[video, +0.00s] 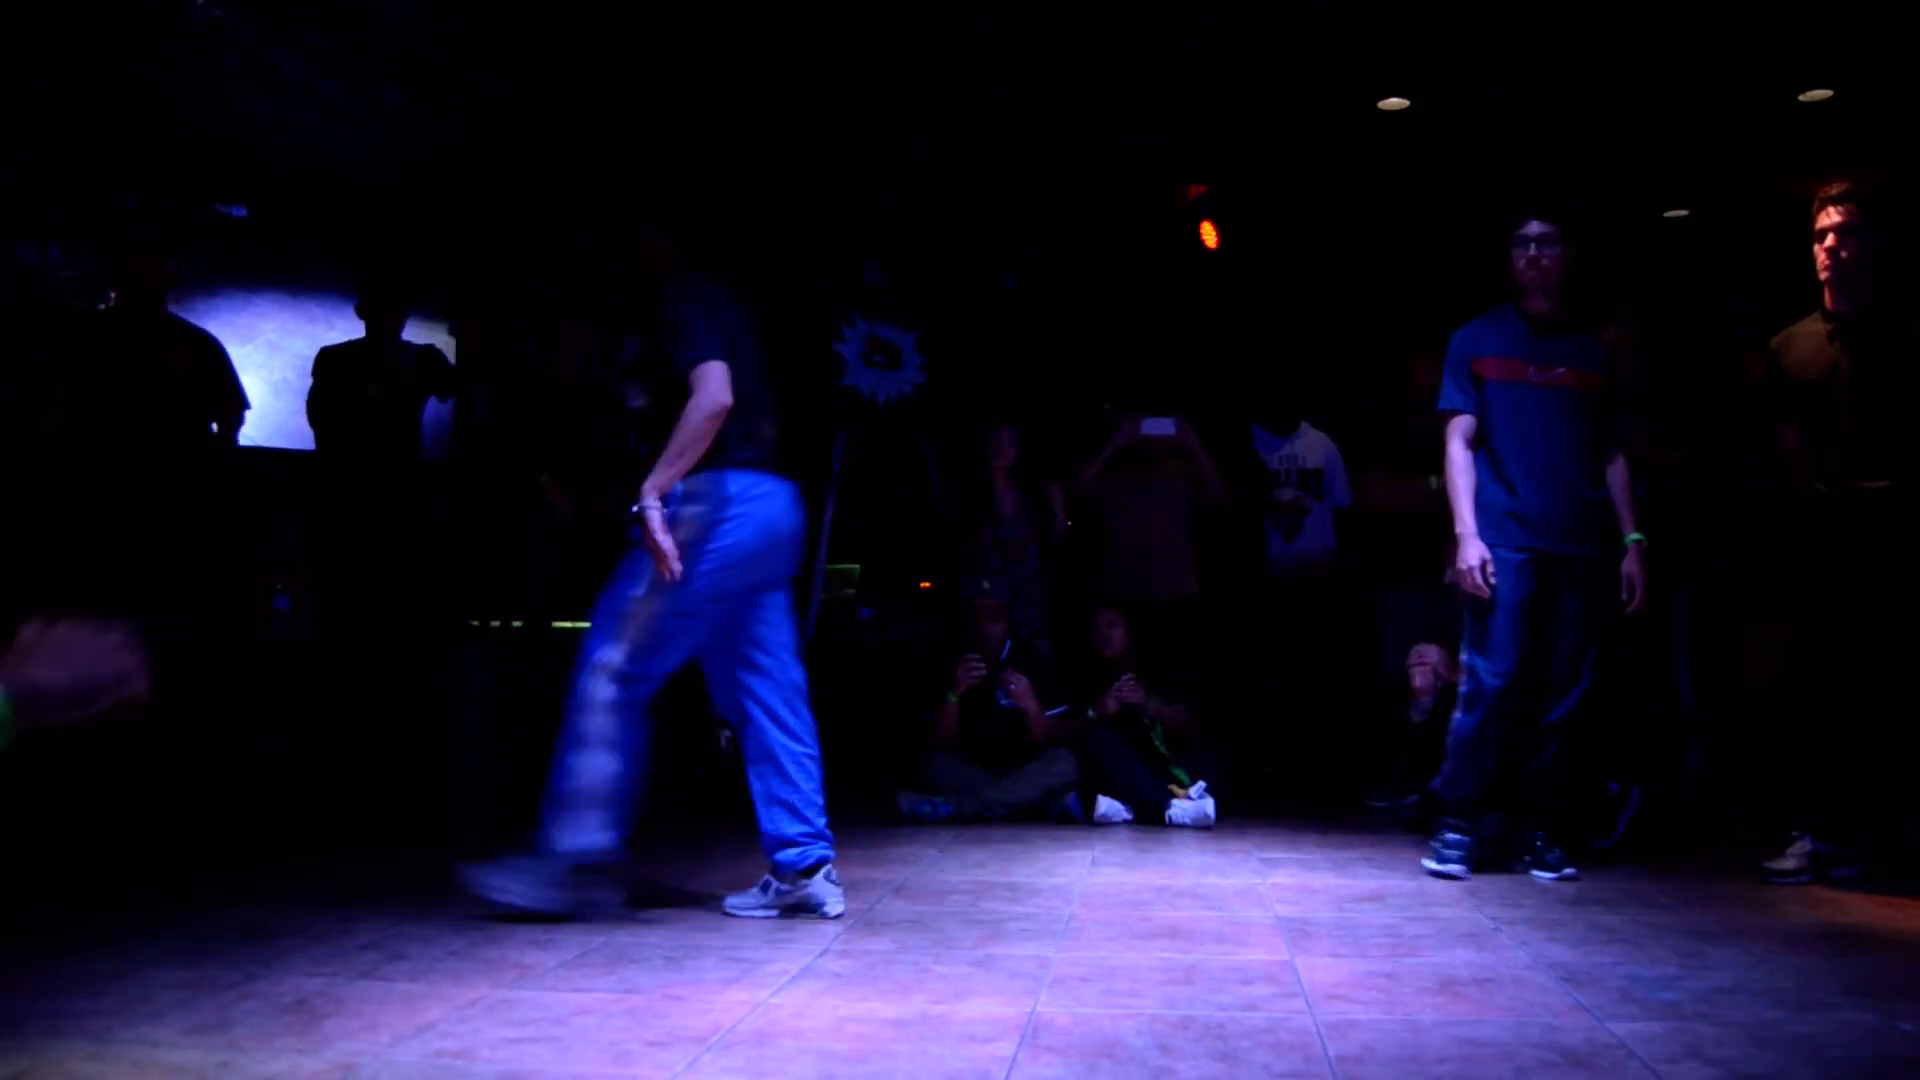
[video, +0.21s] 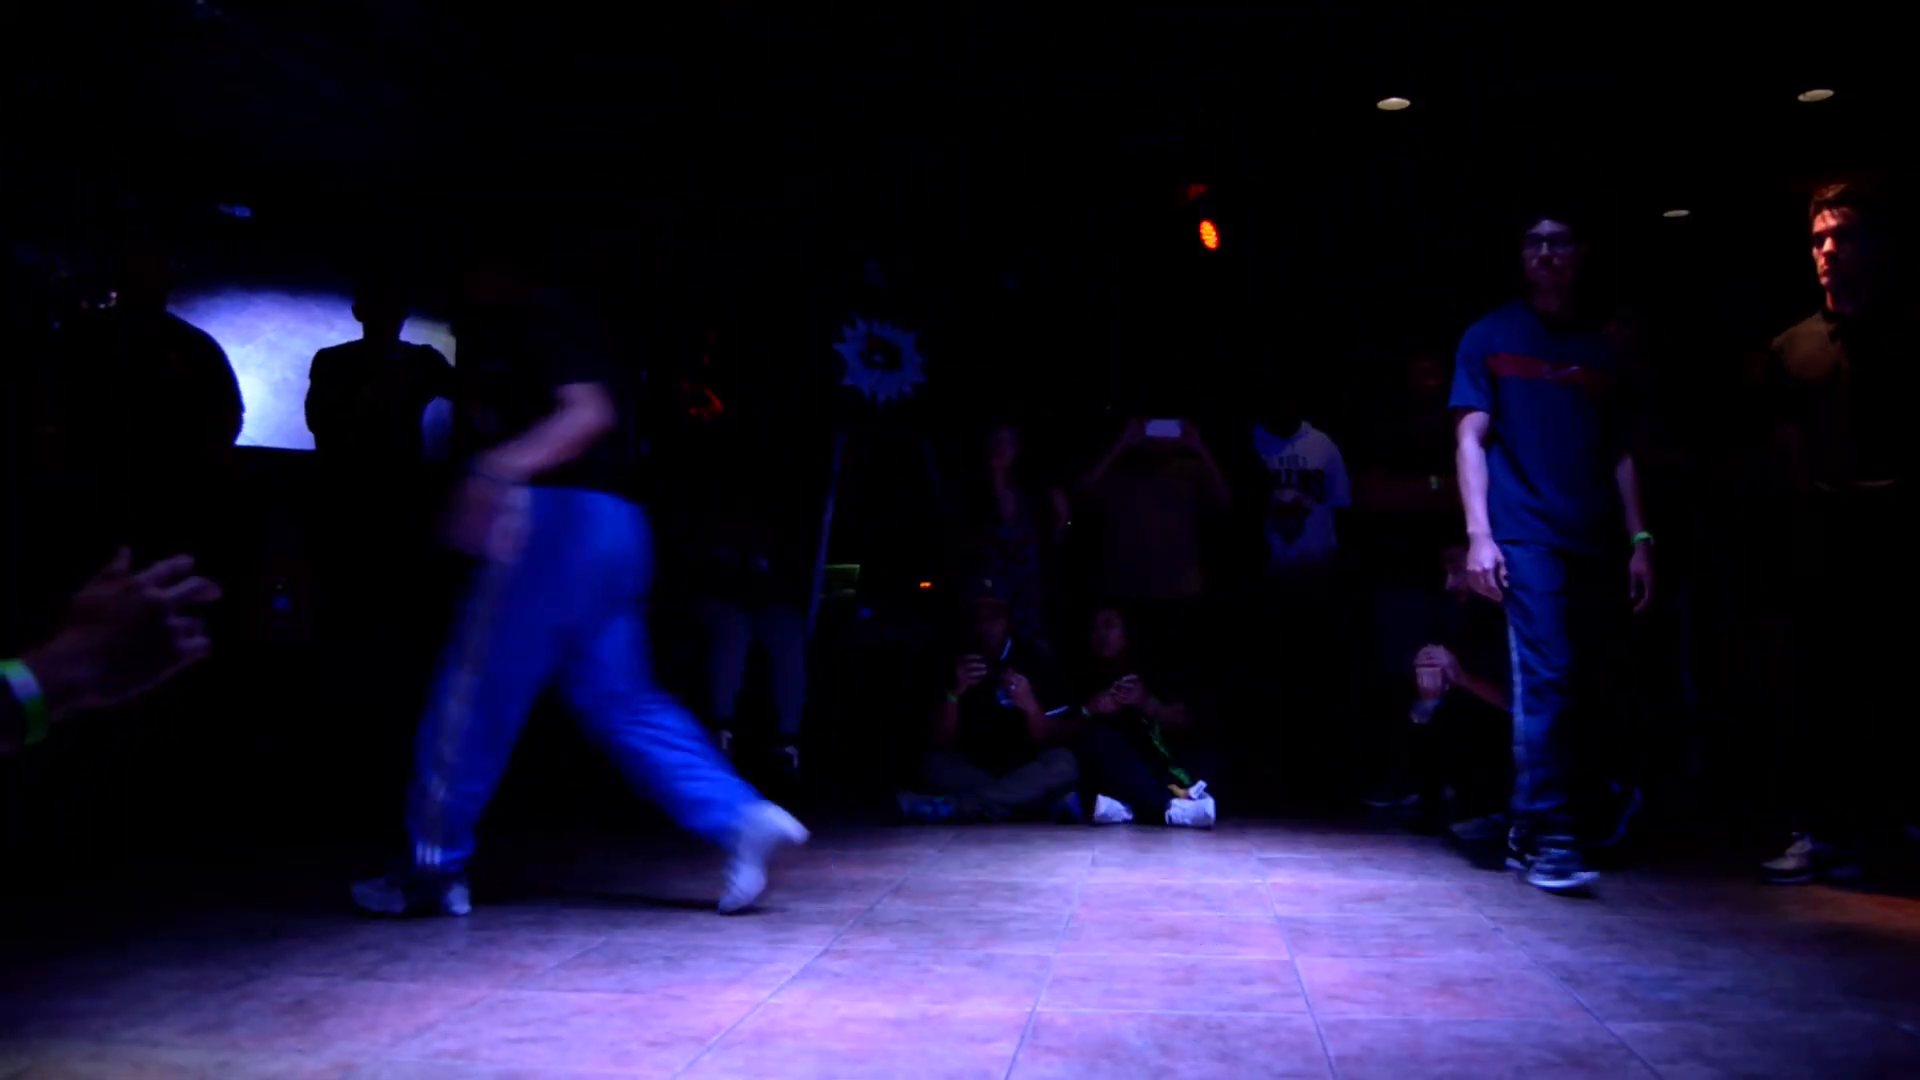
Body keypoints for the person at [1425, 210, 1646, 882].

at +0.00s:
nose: (1535, 257)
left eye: (1547, 246)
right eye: (1525, 246)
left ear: (1568, 258)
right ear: (1510, 259)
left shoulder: (1592, 347)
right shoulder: (1479, 339)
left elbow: (1612, 453)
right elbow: (1460, 440)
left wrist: (1632, 542)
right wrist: (1467, 535)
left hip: (1578, 544)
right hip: (1506, 539)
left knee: (1564, 695)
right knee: (1492, 681)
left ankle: (1540, 835)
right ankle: (1457, 827)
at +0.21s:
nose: (1547, 258)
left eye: (1558, 246)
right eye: (1537, 246)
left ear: (1579, 257)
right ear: (1522, 258)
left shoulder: (1599, 341)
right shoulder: (1491, 338)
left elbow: (1620, 451)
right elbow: (1472, 439)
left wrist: (1640, 540)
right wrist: (1479, 536)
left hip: (1590, 535)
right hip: (1526, 534)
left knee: (1574, 680)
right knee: (1546, 677)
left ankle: (1541, 828)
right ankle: (1544, 838)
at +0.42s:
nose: (1560, 251)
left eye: (1572, 239)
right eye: (1549, 240)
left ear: (1593, 251)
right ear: (1533, 252)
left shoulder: (1613, 337)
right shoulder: (1504, 336)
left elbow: (1629, 448)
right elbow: (1486, 440)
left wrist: (1640, 537)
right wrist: (1495, 540)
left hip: (1603, 532)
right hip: (1540, 532)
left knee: (1579, 681)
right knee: (1579, 679)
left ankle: (1529, 827)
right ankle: (1628, 843)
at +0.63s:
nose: (1578, 247)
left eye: (1591, 235)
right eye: (1566, 236)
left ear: (1611, 247)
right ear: (1550, 249)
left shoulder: (1627, 330)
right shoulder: (1527, 332)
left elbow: (1648, 447)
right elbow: (1512, 438)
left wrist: (1663, 539)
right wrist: (1526, 543)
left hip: (1625, 534)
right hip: (1568, 535)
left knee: (1589, 685)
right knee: (1597, 687)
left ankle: (1535, 829)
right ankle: (1643, 851)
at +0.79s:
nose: (1598, 242)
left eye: (1609, 230)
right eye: (1584, 231)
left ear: (1628, 242)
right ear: (1565, 245)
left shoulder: (1641, 325)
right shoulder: (1548, 328)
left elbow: (1663, 445)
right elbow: (1542, 437)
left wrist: (1686, 535)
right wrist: (1568, 540)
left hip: (1644, 530)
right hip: (1591, 533)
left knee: (1599, 687)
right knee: (1613, 691)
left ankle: (1537, 825)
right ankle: (1644, 849)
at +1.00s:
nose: (1621, 233)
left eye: (1632, 221)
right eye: (1606, 223)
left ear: (1651, 235)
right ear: (1586, 238)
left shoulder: (1664, 318)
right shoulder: (1575, 319)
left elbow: (1689, 442)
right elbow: (1575, 431)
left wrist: (1716, 529)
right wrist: (1622, 531)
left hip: (1668, 527)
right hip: (1610, 531)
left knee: (1656, 685)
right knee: (1631, 692)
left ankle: (1568, 810)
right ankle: (1648, 855)